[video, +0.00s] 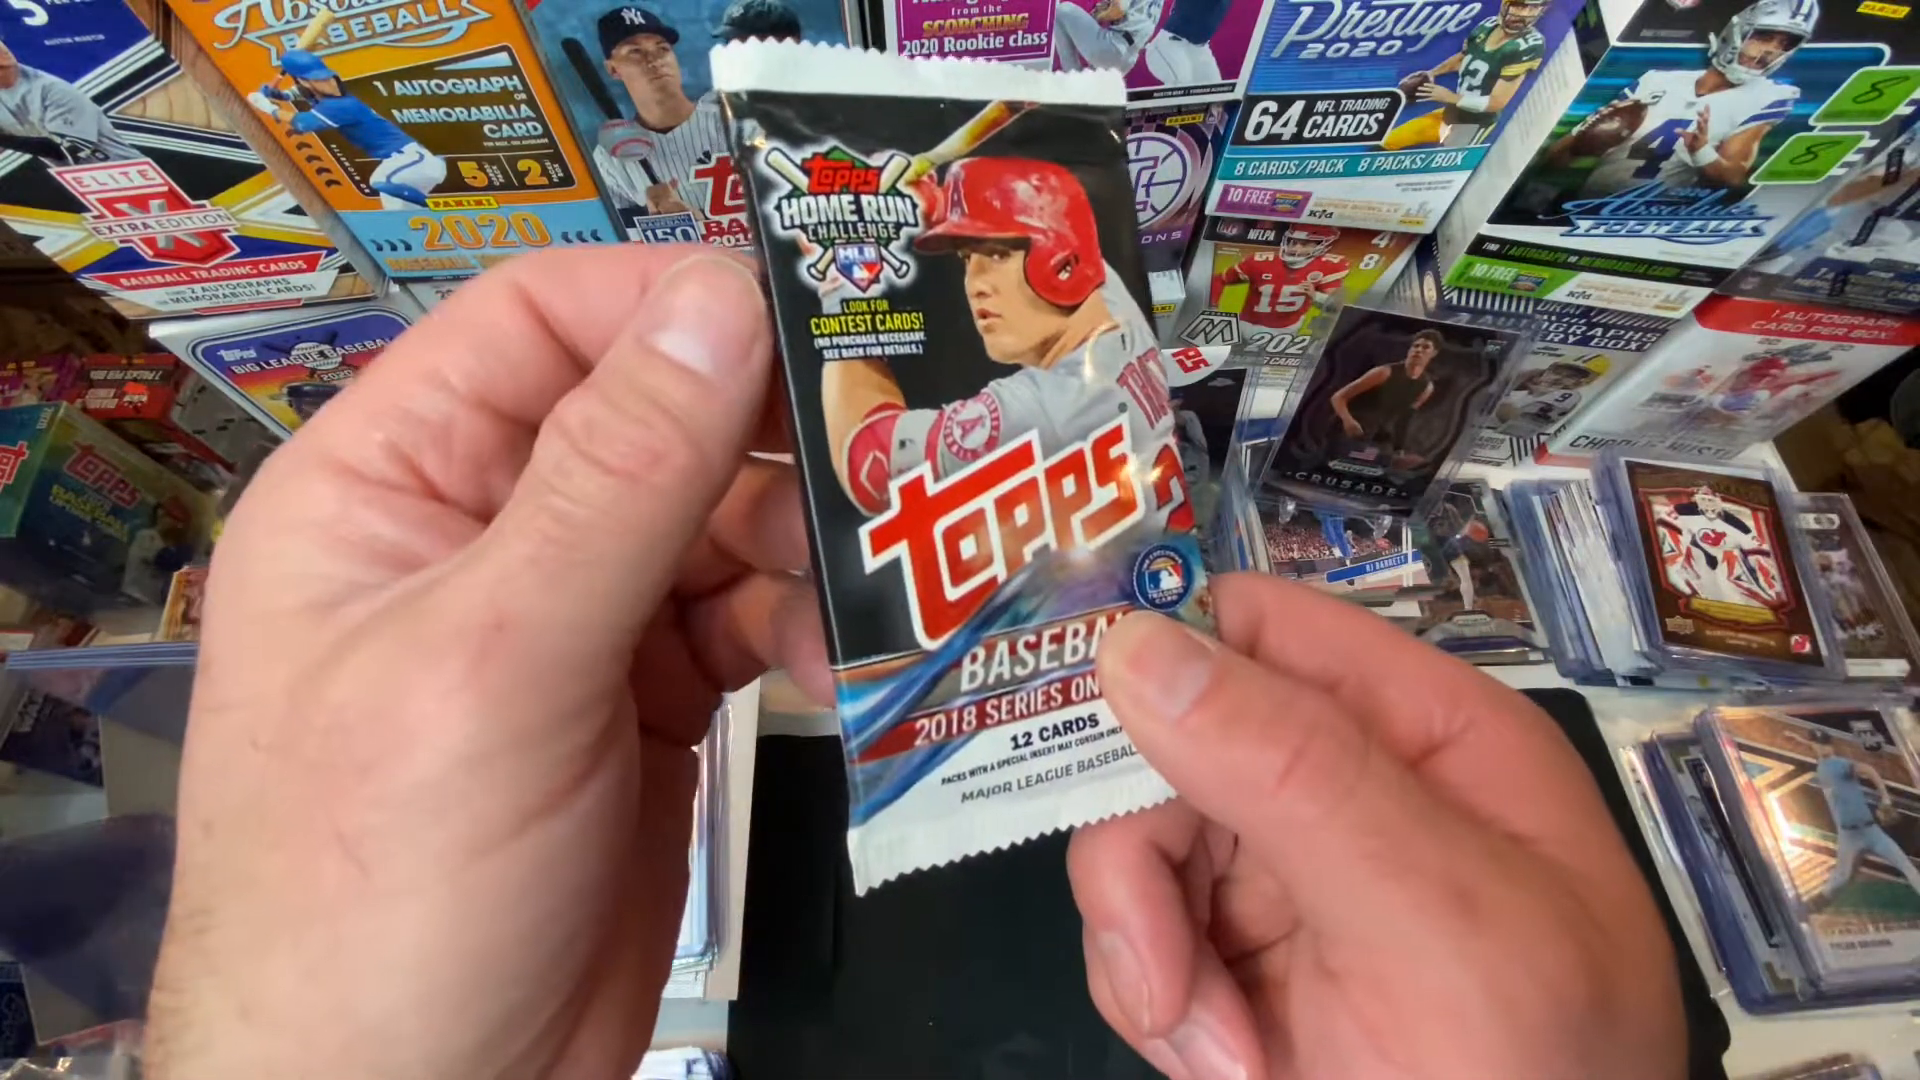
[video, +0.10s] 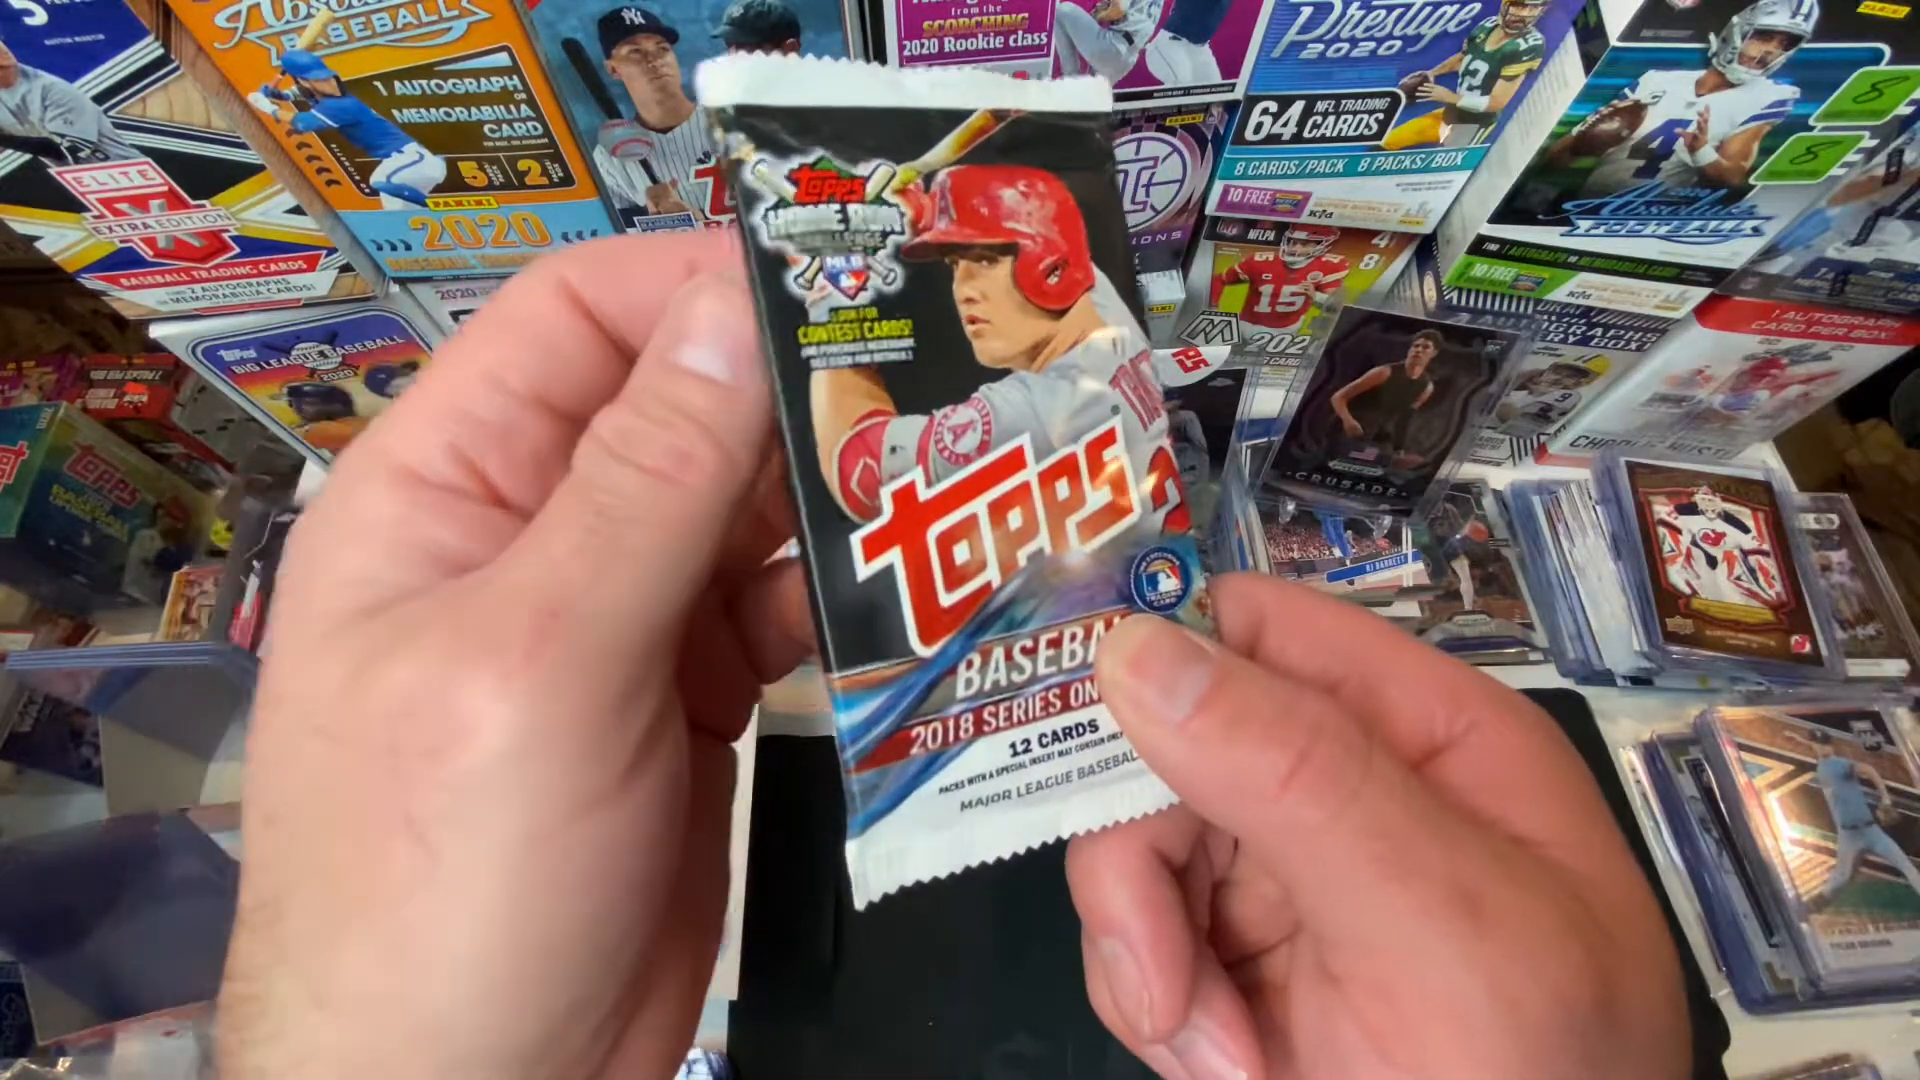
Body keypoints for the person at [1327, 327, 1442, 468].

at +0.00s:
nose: (1418, 350)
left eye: (1425, 347)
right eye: (1416, 346)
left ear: (1434, 354)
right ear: (1409, 349)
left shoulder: (1426, 388)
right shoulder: (1384, 373)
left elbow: (1405, 417)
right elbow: (1338, 398)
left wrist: (1399, 451)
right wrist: (1348, 421)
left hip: (1384, 441)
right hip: (1357, 433)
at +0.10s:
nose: (1419, 350)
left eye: (1426, 347)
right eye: (1416, 346)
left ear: (1434, 354)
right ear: (1409, 349)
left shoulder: (1426, 388)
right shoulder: (1384, 373)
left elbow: (1404, 417)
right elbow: (1338, 398)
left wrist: (1399, 451)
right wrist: (1348, 420)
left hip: (1383, 440)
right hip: (1356, 433)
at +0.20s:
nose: (1418, 350)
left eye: (1425, 347)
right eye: (1416, 346)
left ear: (1434, 354)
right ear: (1409, 349)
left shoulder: (1426, 388)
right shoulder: (1384, 373)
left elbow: (1405, 417)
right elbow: (1338, 398)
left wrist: (1399, 451)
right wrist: (1348, 421)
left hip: (1384, 441)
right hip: (1357, 433)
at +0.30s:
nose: (1418, 351)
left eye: (1425, 347)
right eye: (1415, 346)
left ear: (1434, 354)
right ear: (1409, 349)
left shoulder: (1426, 388)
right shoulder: (1384, 373)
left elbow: (1406, 416)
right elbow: (1338, 398)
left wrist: (1400, 450)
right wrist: (1348, 421)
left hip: (1384, 443)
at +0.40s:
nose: (1418, 351)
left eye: (1425, 347)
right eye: (1415, 346)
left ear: (1433, 354)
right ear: (1409, 350)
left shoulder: (1426, 389)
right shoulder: (1384, 373)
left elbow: (1406, 416)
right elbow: (1340, 397)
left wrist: (1400, 449)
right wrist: (1347, 421)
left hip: (1384, 443)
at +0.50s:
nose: (1418, 351)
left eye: (1425, 347)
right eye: (1415, 346)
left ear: (1434, 354)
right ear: (1409, 349)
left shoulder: (1426, 388)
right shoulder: (1384, 373)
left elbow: (1406, 417)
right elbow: (1338, 397)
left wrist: (1400, 450)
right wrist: (1348, 421)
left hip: (1385, 444)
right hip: (1359, 437)